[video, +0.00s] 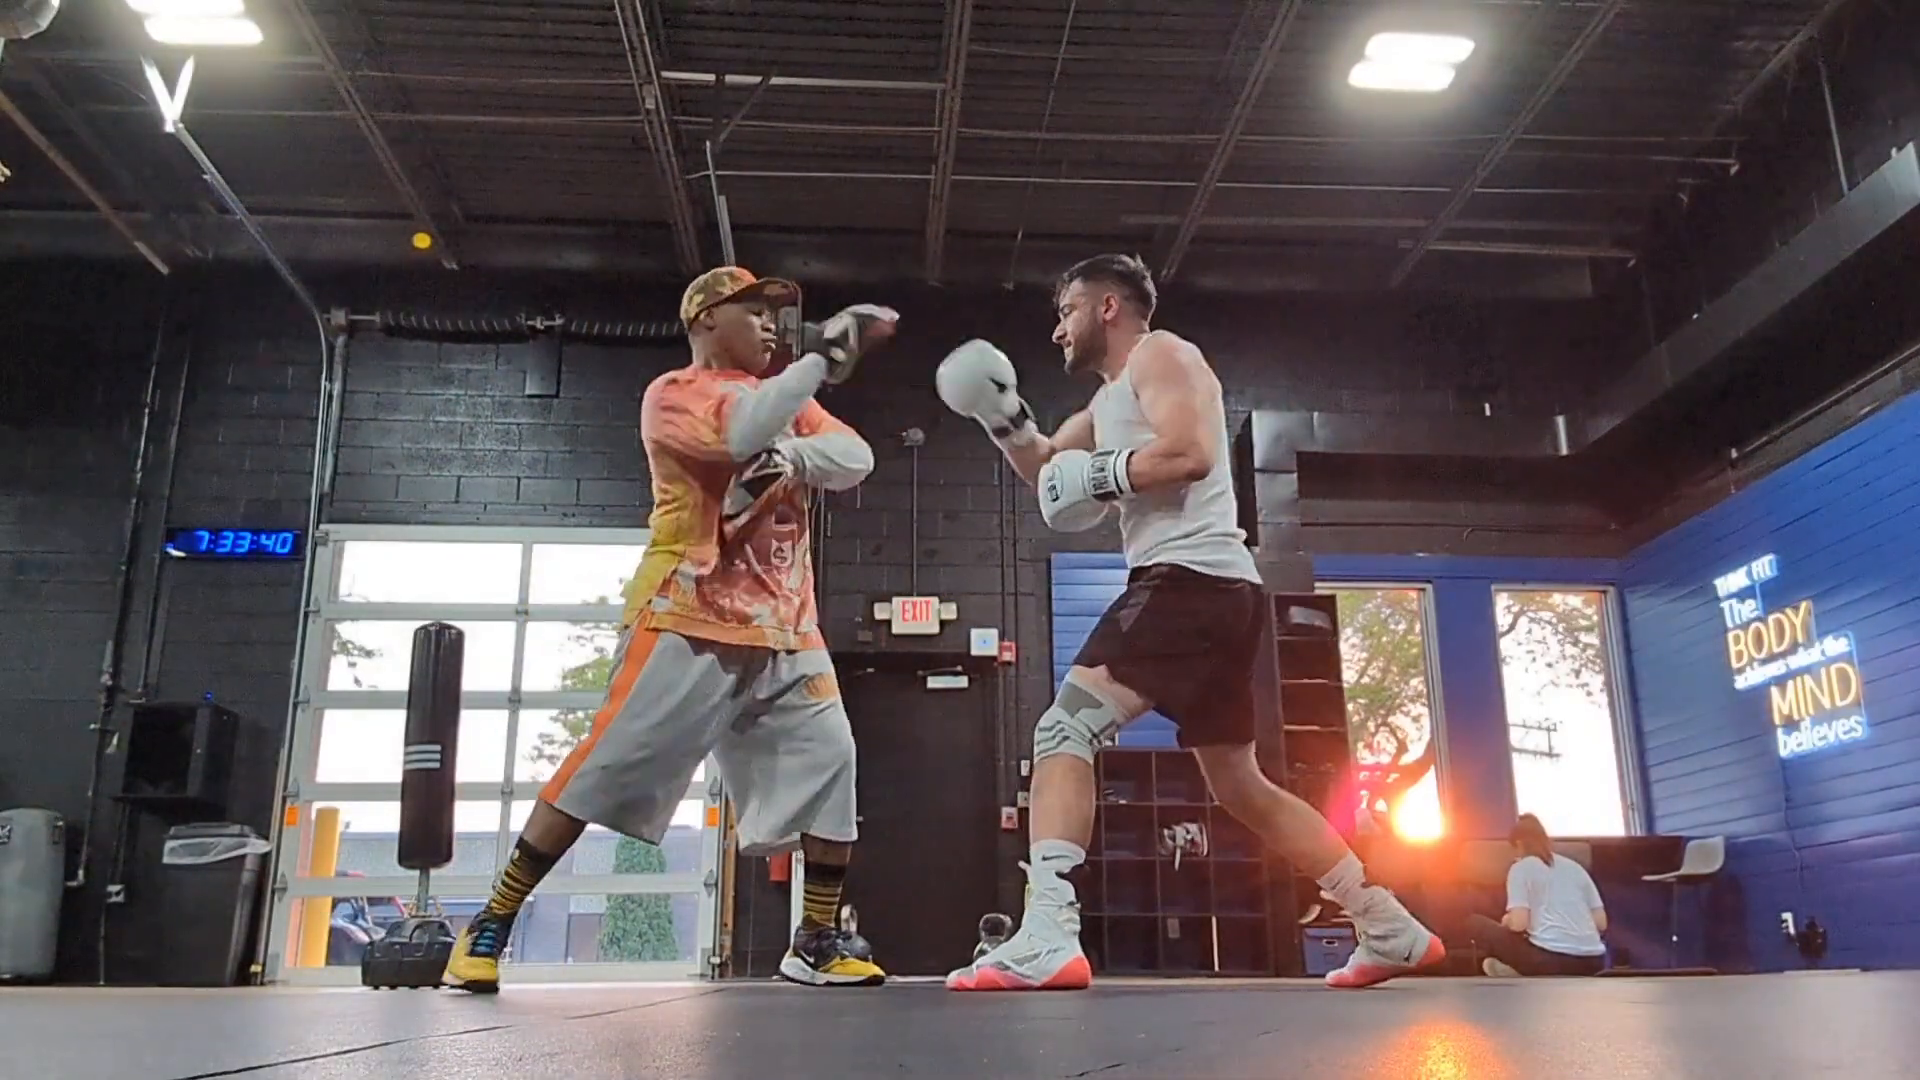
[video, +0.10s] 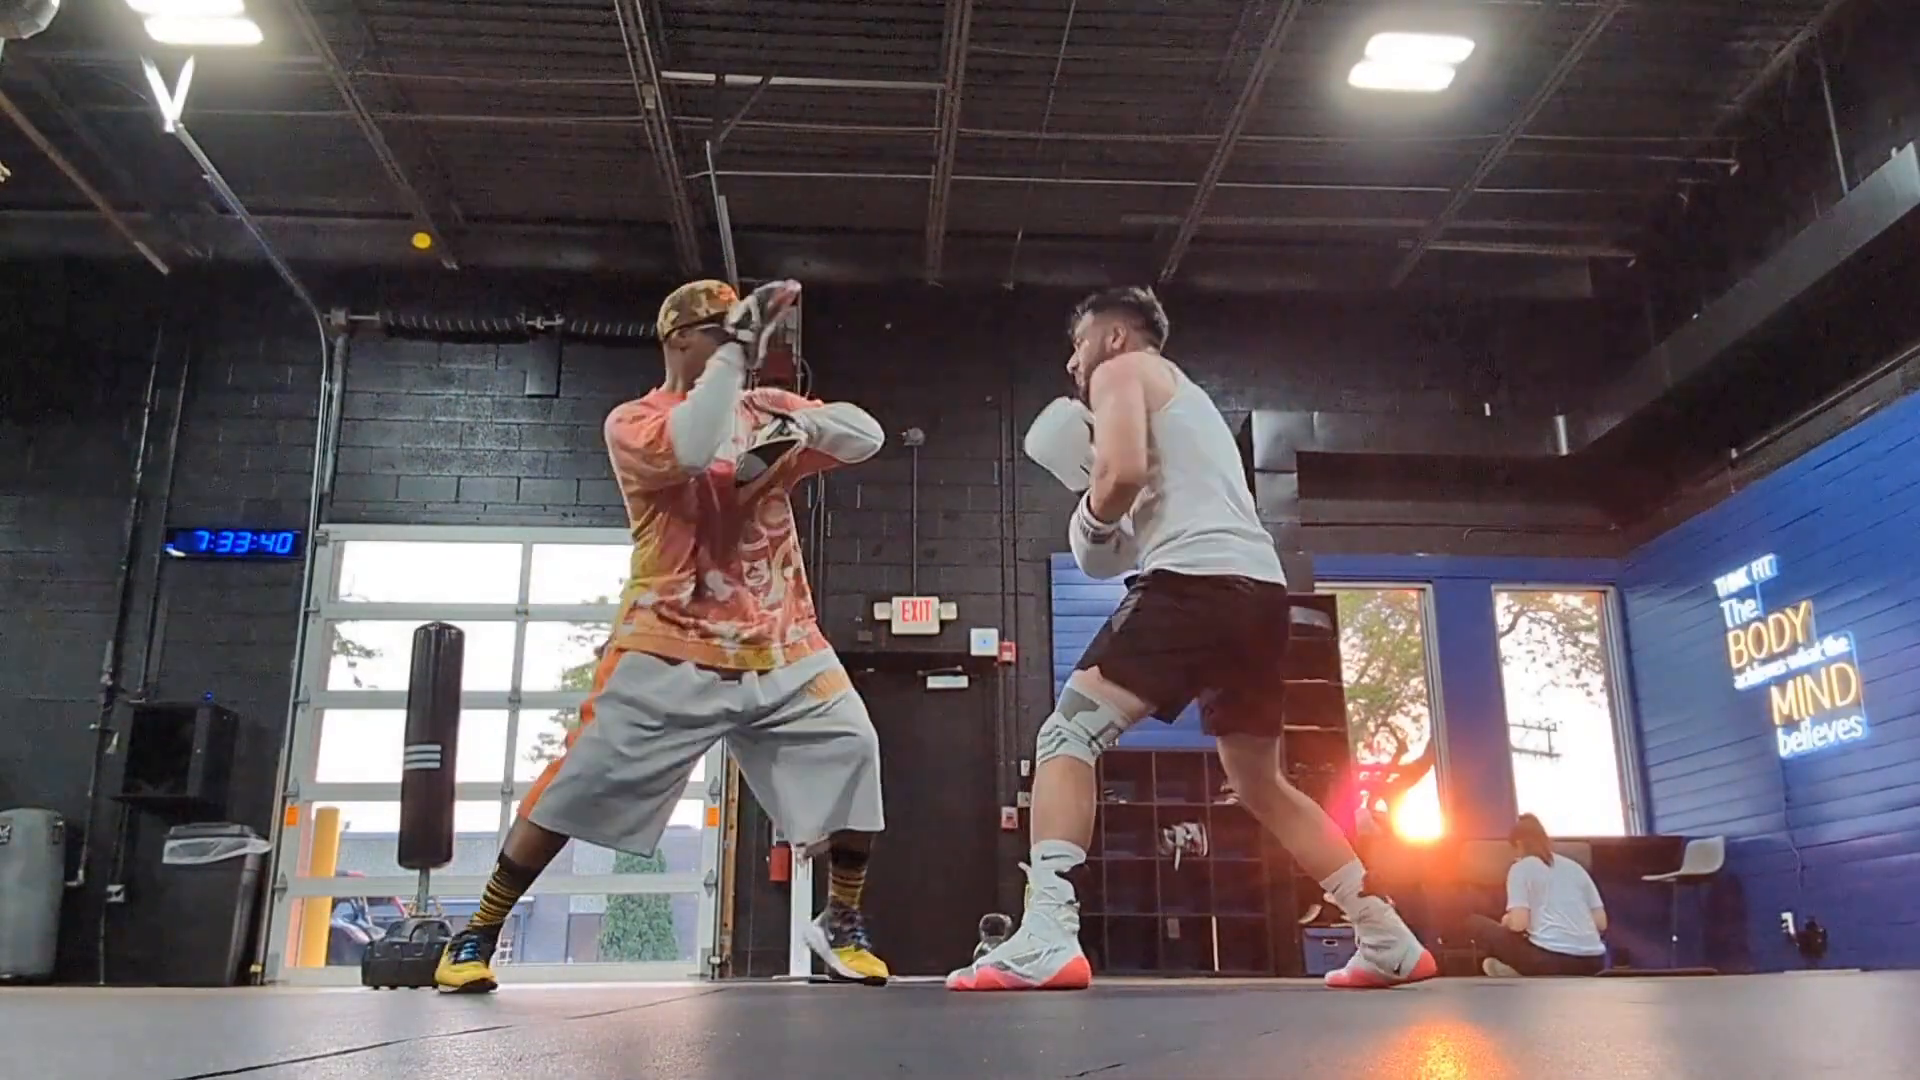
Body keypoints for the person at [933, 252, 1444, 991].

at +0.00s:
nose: (1057, 330)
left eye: (1066, 312)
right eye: (1057, 316)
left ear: (1109, 305)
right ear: (1102, 313)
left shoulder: (1162, 354)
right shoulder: (1113, 396)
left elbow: (1190, 452)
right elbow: (1046, 468)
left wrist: (1097, 475)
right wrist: (1004, 417)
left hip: (1186, 582)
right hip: (1222, 590)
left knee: (1067, 731)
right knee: (1240, 785)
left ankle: (1047, 933)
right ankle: (1388, 926)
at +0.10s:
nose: (1072, 362)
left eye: (1077, 344)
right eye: (1072, 349)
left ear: (1114, 332)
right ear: (1140, 339)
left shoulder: (1120, 371)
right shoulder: (1192, 399)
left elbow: (1122, 471)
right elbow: (1198, 508)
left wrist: (1092, 520)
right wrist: (1123, 512)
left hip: (1192, 585)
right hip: (1261, 594)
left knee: (1067, 740)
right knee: (1259, 781)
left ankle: (1045, 934)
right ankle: (1386, 936)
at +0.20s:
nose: (1098, 395)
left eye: (1100, 385)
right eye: (1099, 386)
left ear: (1119, 374)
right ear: (1170, 376)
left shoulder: (1105, 406)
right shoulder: (1231, 421)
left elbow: (1058, 494)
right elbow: (1243, 510)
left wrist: (1109, 566)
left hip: (1196, 577)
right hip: (1281, 581)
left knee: (1076, 740)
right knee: (1277, 774)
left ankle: (1047, 932)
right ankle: (1384, 937)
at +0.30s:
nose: (1103, 403)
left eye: (1105, 393)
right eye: (1103, 396)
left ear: (1127, 378)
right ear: (1174, 381)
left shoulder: (1113, 402)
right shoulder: (1238, 422)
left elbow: (1066, 479)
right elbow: (1274, 514)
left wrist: (1096, 564)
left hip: (1188, 573)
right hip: (1273, 580)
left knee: (1068, 738)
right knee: (1269, 774)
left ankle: (1050, 929)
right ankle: (1383, 937)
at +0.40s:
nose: (1082, 388)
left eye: (1086, 373)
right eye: (1083, 377)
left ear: (1114, 359)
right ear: (1158, 370)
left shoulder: (1111, 377)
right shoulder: (1211, 433)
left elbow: (1101, 442)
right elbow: (1275, 530)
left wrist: (1065, 503)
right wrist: (1181, 531)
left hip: (1185, 573)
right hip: (1258, 587)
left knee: (1065, 734)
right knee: (1236, 784)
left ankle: (1047, 931)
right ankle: (1375, 928)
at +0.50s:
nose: (1054, 374)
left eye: (1062, 356)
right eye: (1055, 361)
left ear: (1101, 346)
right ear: (1102, 352)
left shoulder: (1143, 360)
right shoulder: (1128, 431)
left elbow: (1135, 438)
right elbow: (1167, 547)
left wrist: (1063, 438)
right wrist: (1084, 585)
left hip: (1190, 575)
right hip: (1234, 591)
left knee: (1055, 722)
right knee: (1226, 793)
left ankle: (1044, 931)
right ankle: (1378, 925)